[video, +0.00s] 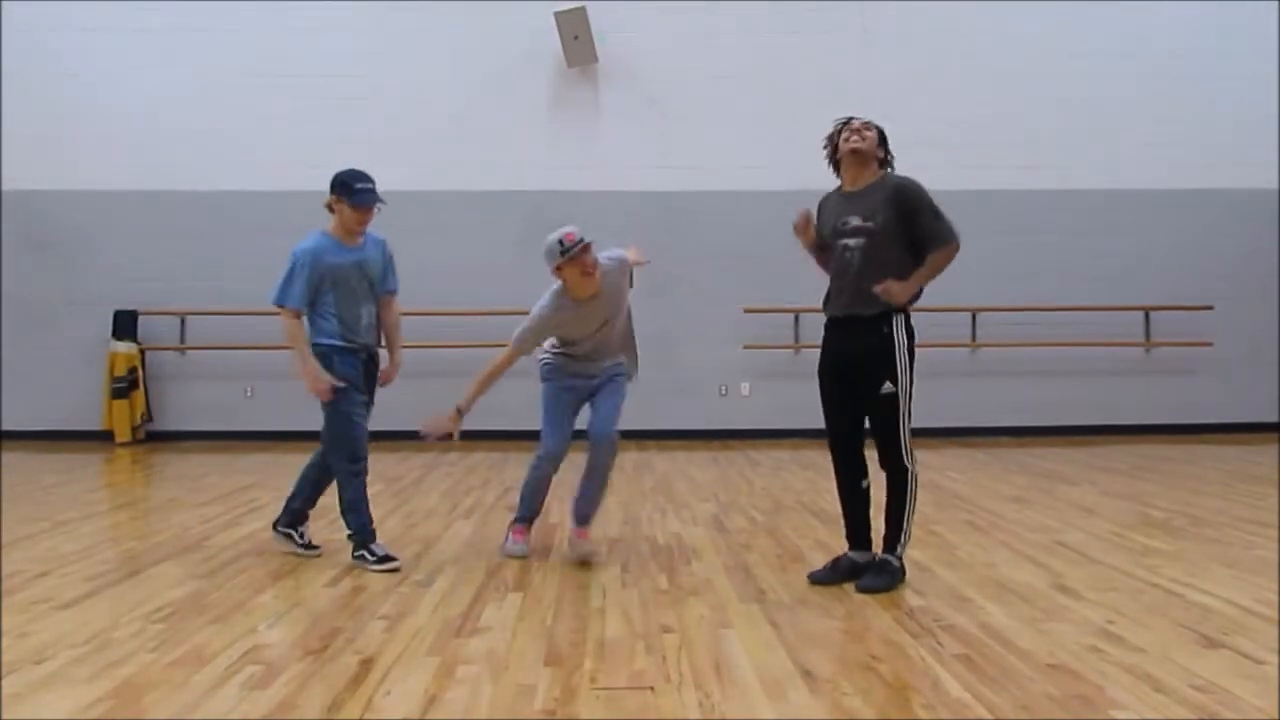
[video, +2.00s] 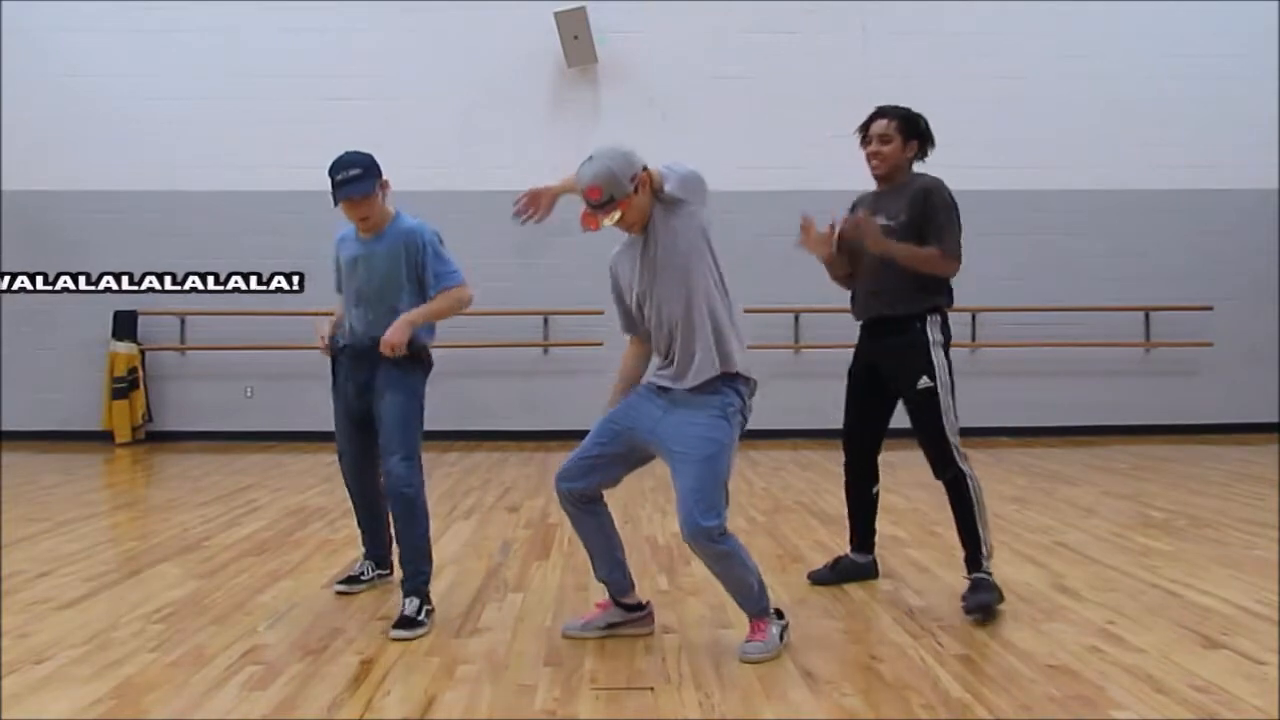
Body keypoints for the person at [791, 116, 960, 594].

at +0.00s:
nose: (857, 132)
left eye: (867, 130)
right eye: (848, 129)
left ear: (882, 153)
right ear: (834, 152)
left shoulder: (900, 191)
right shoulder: (830, 203)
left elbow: (947, 244)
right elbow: (836, 267)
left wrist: (912, 283)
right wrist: (812, 243)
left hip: (886, 329)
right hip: (839, 331)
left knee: (892, 447)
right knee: (844, 446)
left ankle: (893, 557)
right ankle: (858, 551)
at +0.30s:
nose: (861, 132)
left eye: (872, 129)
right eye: (852, 130)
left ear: (888, 151)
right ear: (842, 151)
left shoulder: (905, 192)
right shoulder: (836, 202)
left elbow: (937, 256)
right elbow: (845, 273)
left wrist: (882, 260)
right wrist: (818, 268)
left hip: (885, 331)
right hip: (839, 332)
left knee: (891, 448)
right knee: (842, 446)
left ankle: (892, 557)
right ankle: (858, 550)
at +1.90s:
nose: (858, 151)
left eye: (869, 143)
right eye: (854, 144)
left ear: (897, 149)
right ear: (852, 151)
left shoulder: (917, 197)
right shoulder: (853, 207)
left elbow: (940, 267)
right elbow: (856, 277)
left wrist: (878, 273)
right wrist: (824, 277)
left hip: (908, 332)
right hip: (865, 335)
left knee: (925, 449)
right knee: (852, 447)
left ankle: (961, 571)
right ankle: (860, 555)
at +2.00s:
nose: (873, 150)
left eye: (884, 141)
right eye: (868, 142)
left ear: (912, 147)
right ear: (863, 151)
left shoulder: (931, 193)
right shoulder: (860, 207)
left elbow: (948, 261)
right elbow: (849, 277)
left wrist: (882, 245)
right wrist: (830, 253)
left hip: (921, 333)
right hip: (875, 336)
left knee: (944, 453)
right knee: (858, 450)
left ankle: (979, 572)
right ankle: (861, 555)